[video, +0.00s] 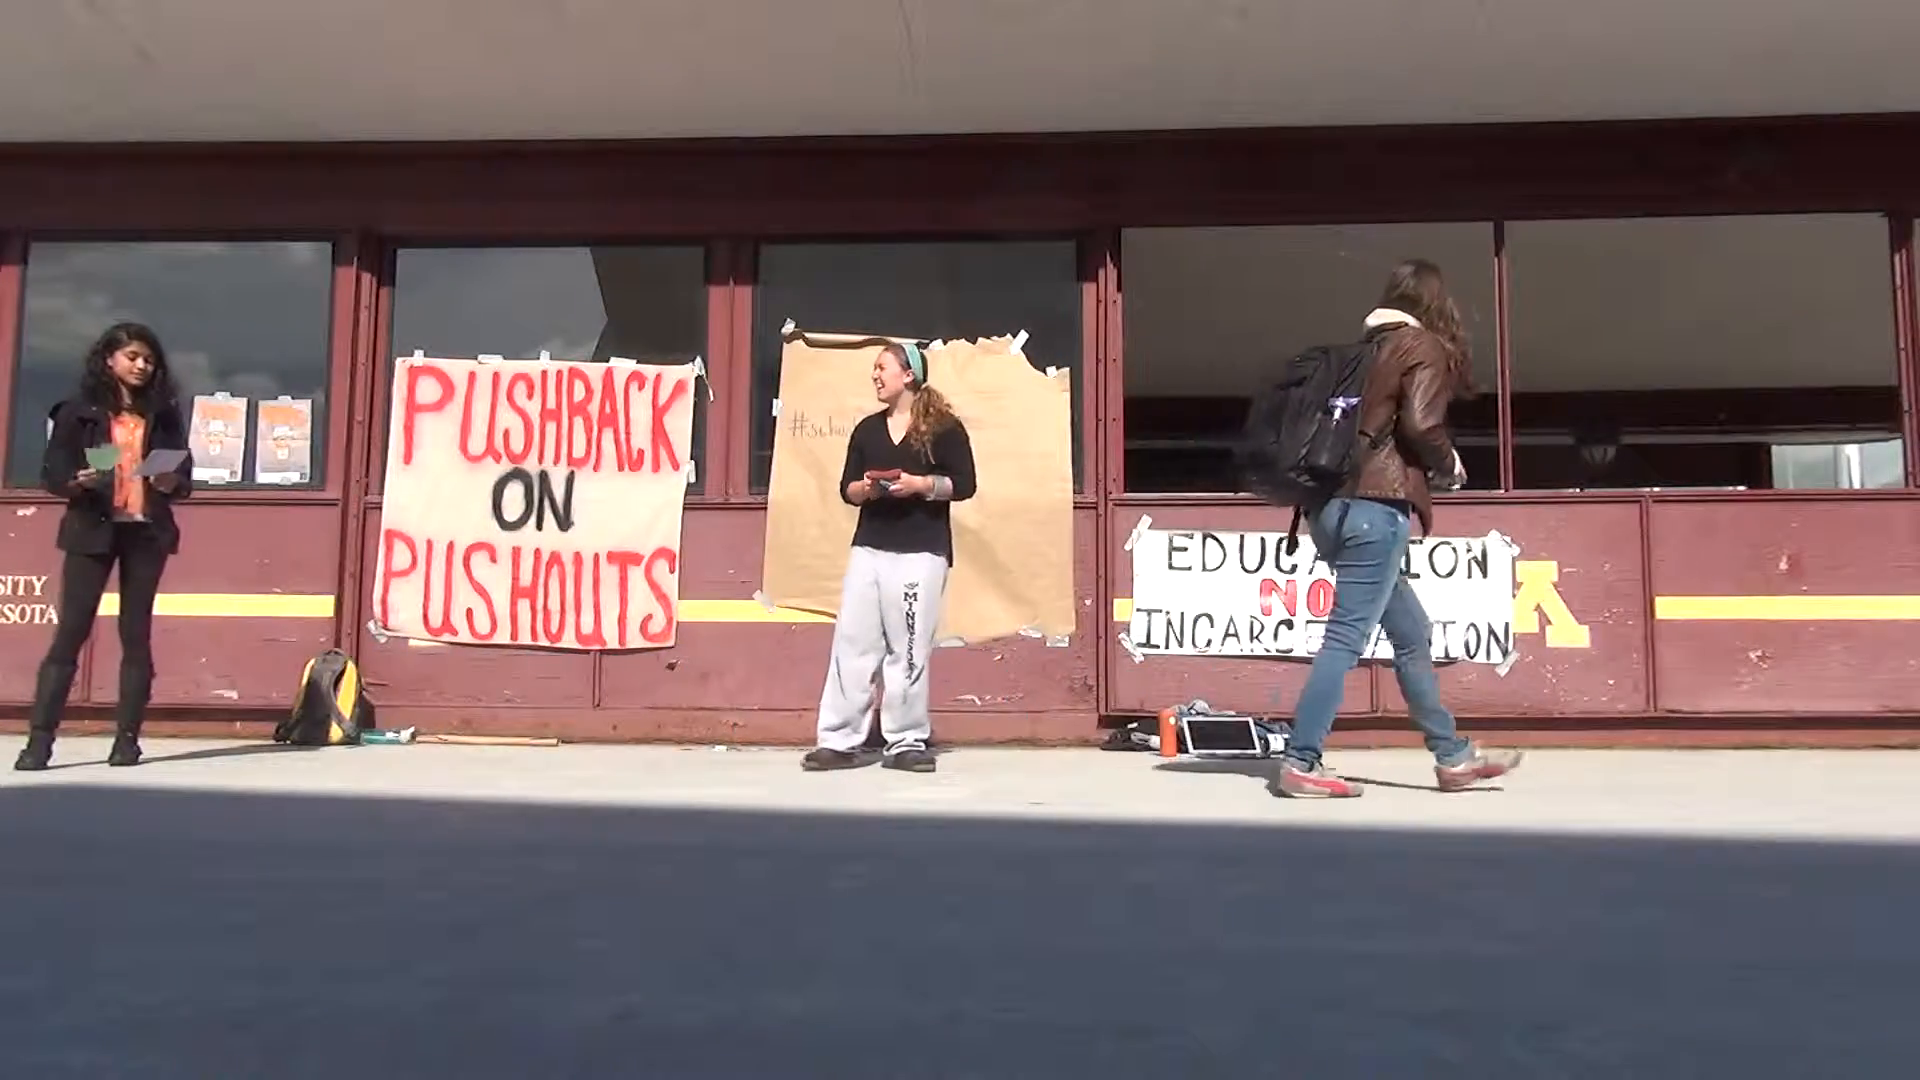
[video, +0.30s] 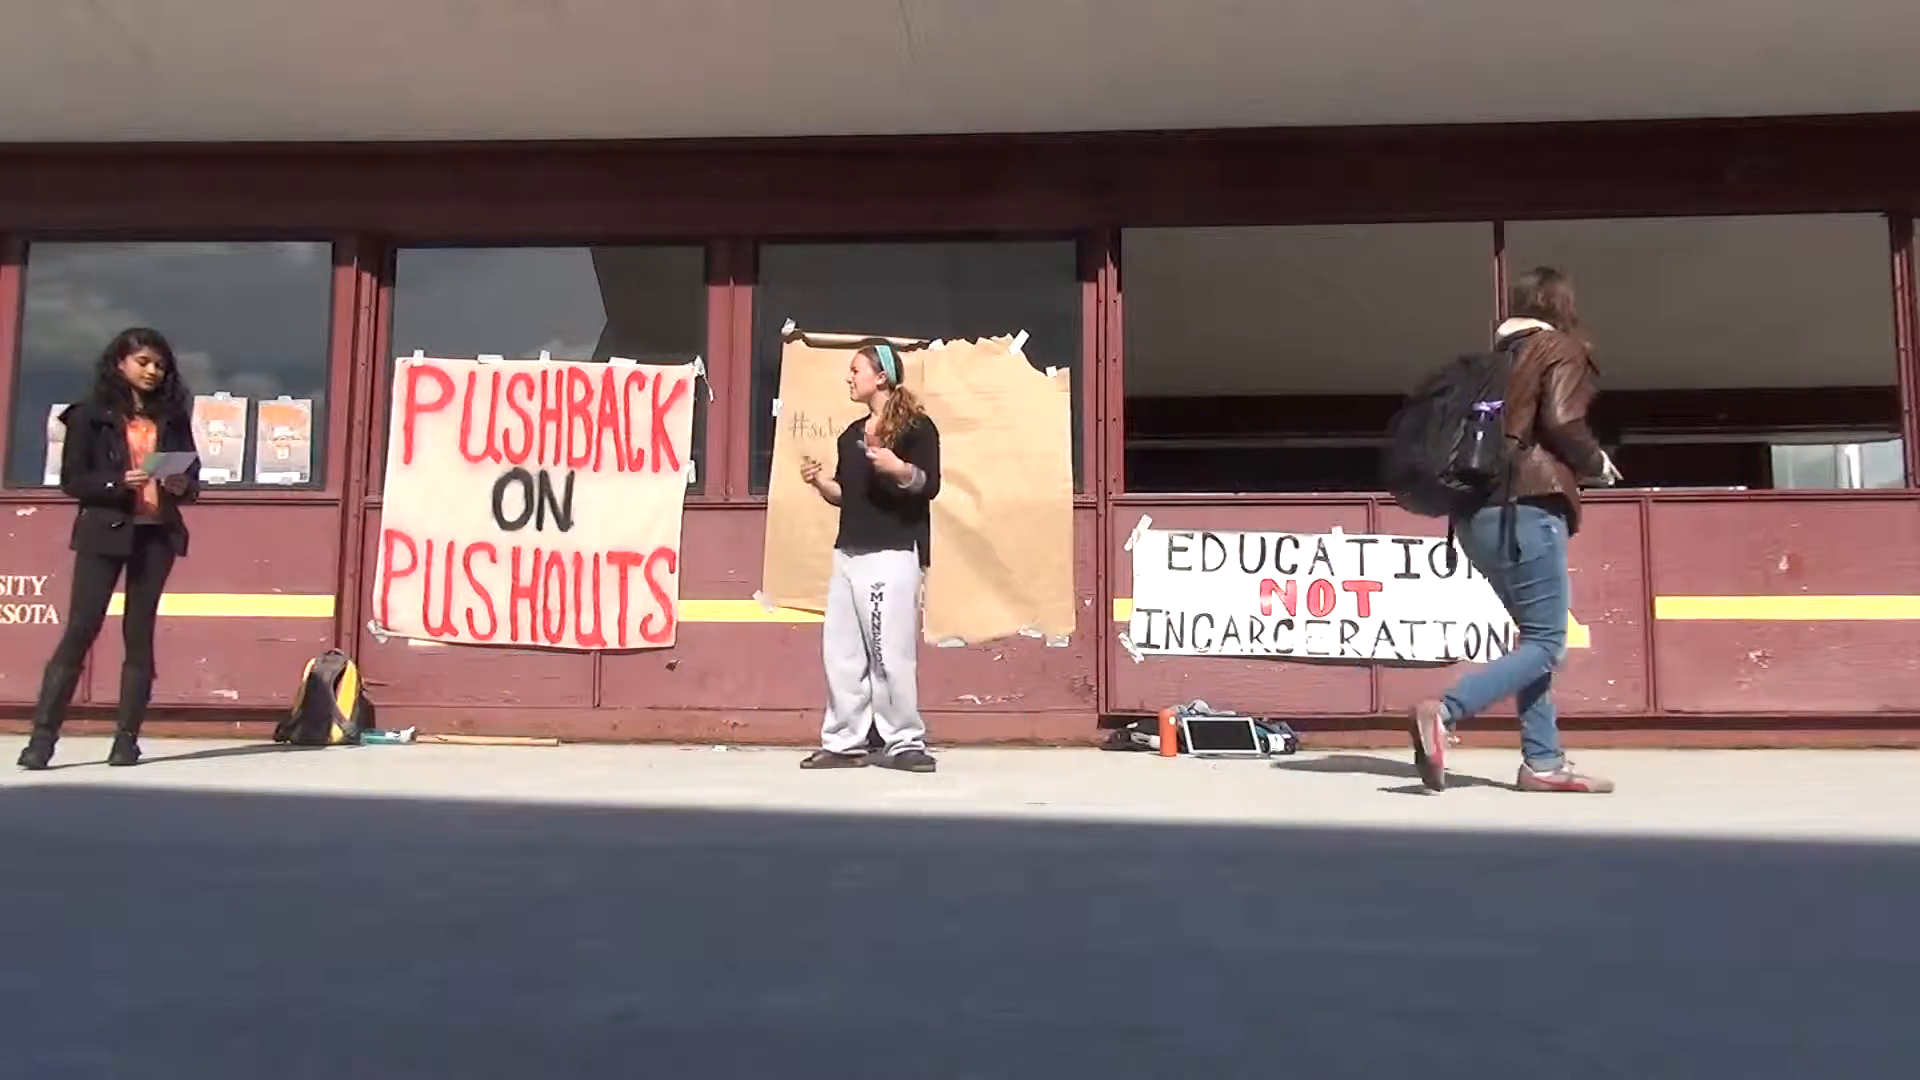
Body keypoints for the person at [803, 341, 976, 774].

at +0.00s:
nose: (875, 375)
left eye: (882, 368)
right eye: (875, 368)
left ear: (909, 374)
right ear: (885, 376)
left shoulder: (944, 427)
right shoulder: (866, 429)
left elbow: (965, 485)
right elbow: (847, 489)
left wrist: (921, 485)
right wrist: (864, 490)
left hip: (920, 551)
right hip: (870, 547)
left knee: (909, 646)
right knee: (853, 642)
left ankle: (907, 741)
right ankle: (841, 741)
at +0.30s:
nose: (849, 378)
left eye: (856, 371)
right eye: (850, 371)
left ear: (881, 376)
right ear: (869, 378)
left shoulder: (917, 428)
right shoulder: (851, 435)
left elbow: (929, 484)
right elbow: (847, 496)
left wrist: (898, 468)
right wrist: (820, 482)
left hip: (893, 553)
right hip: (850, 552)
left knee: (891, 652)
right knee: (843, 652)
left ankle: (906, 742)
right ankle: (847, 741)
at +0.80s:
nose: (816, 377)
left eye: (823, 371)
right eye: (819, 371)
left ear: (845, 378)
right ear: (840, 378)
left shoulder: (868, 429)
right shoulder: (828, 432)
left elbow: (872, 493)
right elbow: (812, 499)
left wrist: (840, 498)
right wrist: (769, 489)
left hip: (847, 552)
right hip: (813, 553)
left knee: (852, 645)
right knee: (821, 651)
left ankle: (898, 735)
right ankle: (843, 742)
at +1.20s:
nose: (797, 379)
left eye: (803, 372)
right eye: (799, 372)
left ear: (825, 378)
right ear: (824, 378)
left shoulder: (847, 427)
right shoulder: (826, 427)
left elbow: (844, 487)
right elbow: (818, 491)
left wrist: (789, 483)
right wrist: (773, 497)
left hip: (830, 549)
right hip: (816, 547)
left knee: (814, 644)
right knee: (833, 643)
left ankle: (829, 743)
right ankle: (847, 740)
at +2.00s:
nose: (770, 362)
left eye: (778, 356)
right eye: (772, 355)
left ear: (802, 364)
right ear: (792, 364)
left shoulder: (825, 409)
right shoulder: (791, 414)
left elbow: (826, 471)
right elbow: (798, 475)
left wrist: (770, 484)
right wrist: (762, 485)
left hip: (806, 542)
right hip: (776, 543)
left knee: (804, 641)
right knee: (763, 639)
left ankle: (815, 746)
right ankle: (815, 734)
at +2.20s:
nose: (759, 359)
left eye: (767, 352)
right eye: (762, 351)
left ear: (792, 362)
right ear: (786, 363)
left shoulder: (823, 411)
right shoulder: (777, 414)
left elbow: (820, 474)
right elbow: (784, 474)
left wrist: (766, 483)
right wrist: (753, 485)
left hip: (798, 541)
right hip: (760, 541)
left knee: (797, 640)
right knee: (743, 638)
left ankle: (813, 745)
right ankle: (753, 739)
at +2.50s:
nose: (733, 369)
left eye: (740, 361)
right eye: (733, 361)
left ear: (767, 367)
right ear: (750, 367)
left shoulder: (802, 416)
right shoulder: (733, 423)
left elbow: (806, 480)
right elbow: (734, 484)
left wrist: (748, 484)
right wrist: (712, 491)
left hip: (775, 544)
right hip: (729, 543)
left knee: (782, 646)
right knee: (714, 645)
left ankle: (809, 746)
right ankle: (699, 746)